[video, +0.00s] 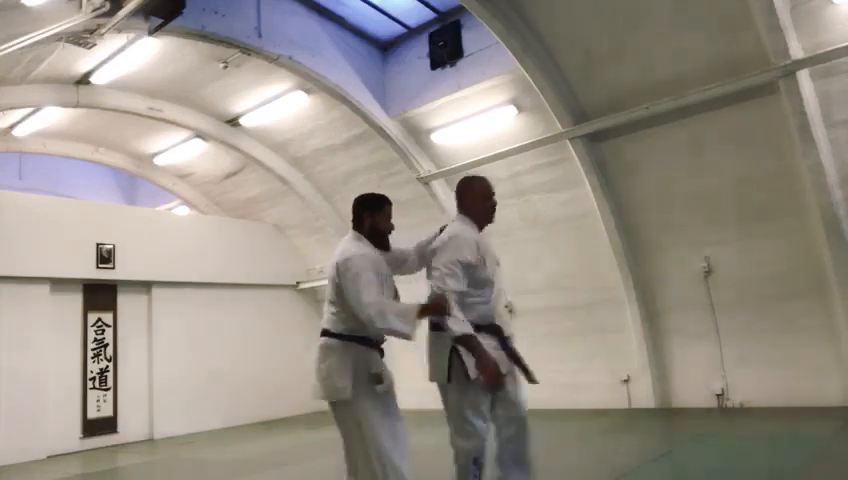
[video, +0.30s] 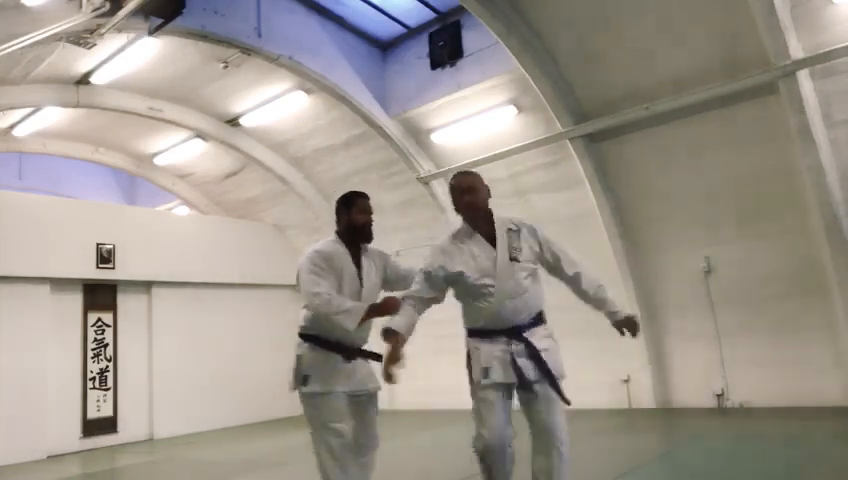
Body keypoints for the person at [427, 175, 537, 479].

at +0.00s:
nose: (495, 204)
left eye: (494, 197)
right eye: (489, 197)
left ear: (470, 201)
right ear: (469, 200)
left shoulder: (478, 239)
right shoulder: (456, 238)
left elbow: (485, 304)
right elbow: (444, 303)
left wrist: (507, 348)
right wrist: (479, 354)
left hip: (491, 345)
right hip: (462, 346)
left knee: (513, 422)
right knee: (472, 436)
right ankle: (471, 477)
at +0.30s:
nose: (462, 200)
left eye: (468, 192)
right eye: (456, 195)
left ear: (488, 193)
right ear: (452, 203)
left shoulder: (525, 235)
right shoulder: (447, 253)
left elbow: (573, 274)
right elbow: (416, 300)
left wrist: (615, 312)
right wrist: (397, 340)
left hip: (535, 341)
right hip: (486, 347)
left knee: (552, 436)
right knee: (492, 439)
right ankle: (497, 477)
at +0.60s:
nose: (447, 203)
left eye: (451, 193)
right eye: (445, 196)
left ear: (477, 185)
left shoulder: (522, 216)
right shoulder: (462, 246)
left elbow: (573, 262)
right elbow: (445, 306)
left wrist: (540, 307)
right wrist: (424, 362)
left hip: (542, 336)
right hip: (500, 340)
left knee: (544, 436)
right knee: (494, 436)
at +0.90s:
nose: (472, 198)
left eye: (475, 187)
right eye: (471, 190)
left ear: (497, 180)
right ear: (502, 181)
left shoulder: (522, 210)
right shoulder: (518, 216)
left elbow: (538, 274)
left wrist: (503, 344)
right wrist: (507, 349)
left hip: (570, 333)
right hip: (547, 337)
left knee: (585, 452)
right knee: (529, 436)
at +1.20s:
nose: (510, 179)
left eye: (513, 169)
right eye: (510, 170)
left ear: (528, 168)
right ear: (546, 169)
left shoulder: (534, 207)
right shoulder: (577, 203)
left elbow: (531, 280)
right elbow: (592, 270)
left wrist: (513, 318)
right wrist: (547, 315)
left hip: (573, 330)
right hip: (608, 323)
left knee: (586, 444)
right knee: (617, 431)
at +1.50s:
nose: (515, 193)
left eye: (515, 184)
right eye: (514, 185)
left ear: (525, 179)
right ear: (551, 178)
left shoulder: (524, 218)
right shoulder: (596, 212)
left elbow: (511, 288)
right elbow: (626, 274)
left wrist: (488, 287)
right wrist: (593, 300)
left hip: (557, 335)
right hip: (608, 331)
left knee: (522, 430)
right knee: (636, 432)